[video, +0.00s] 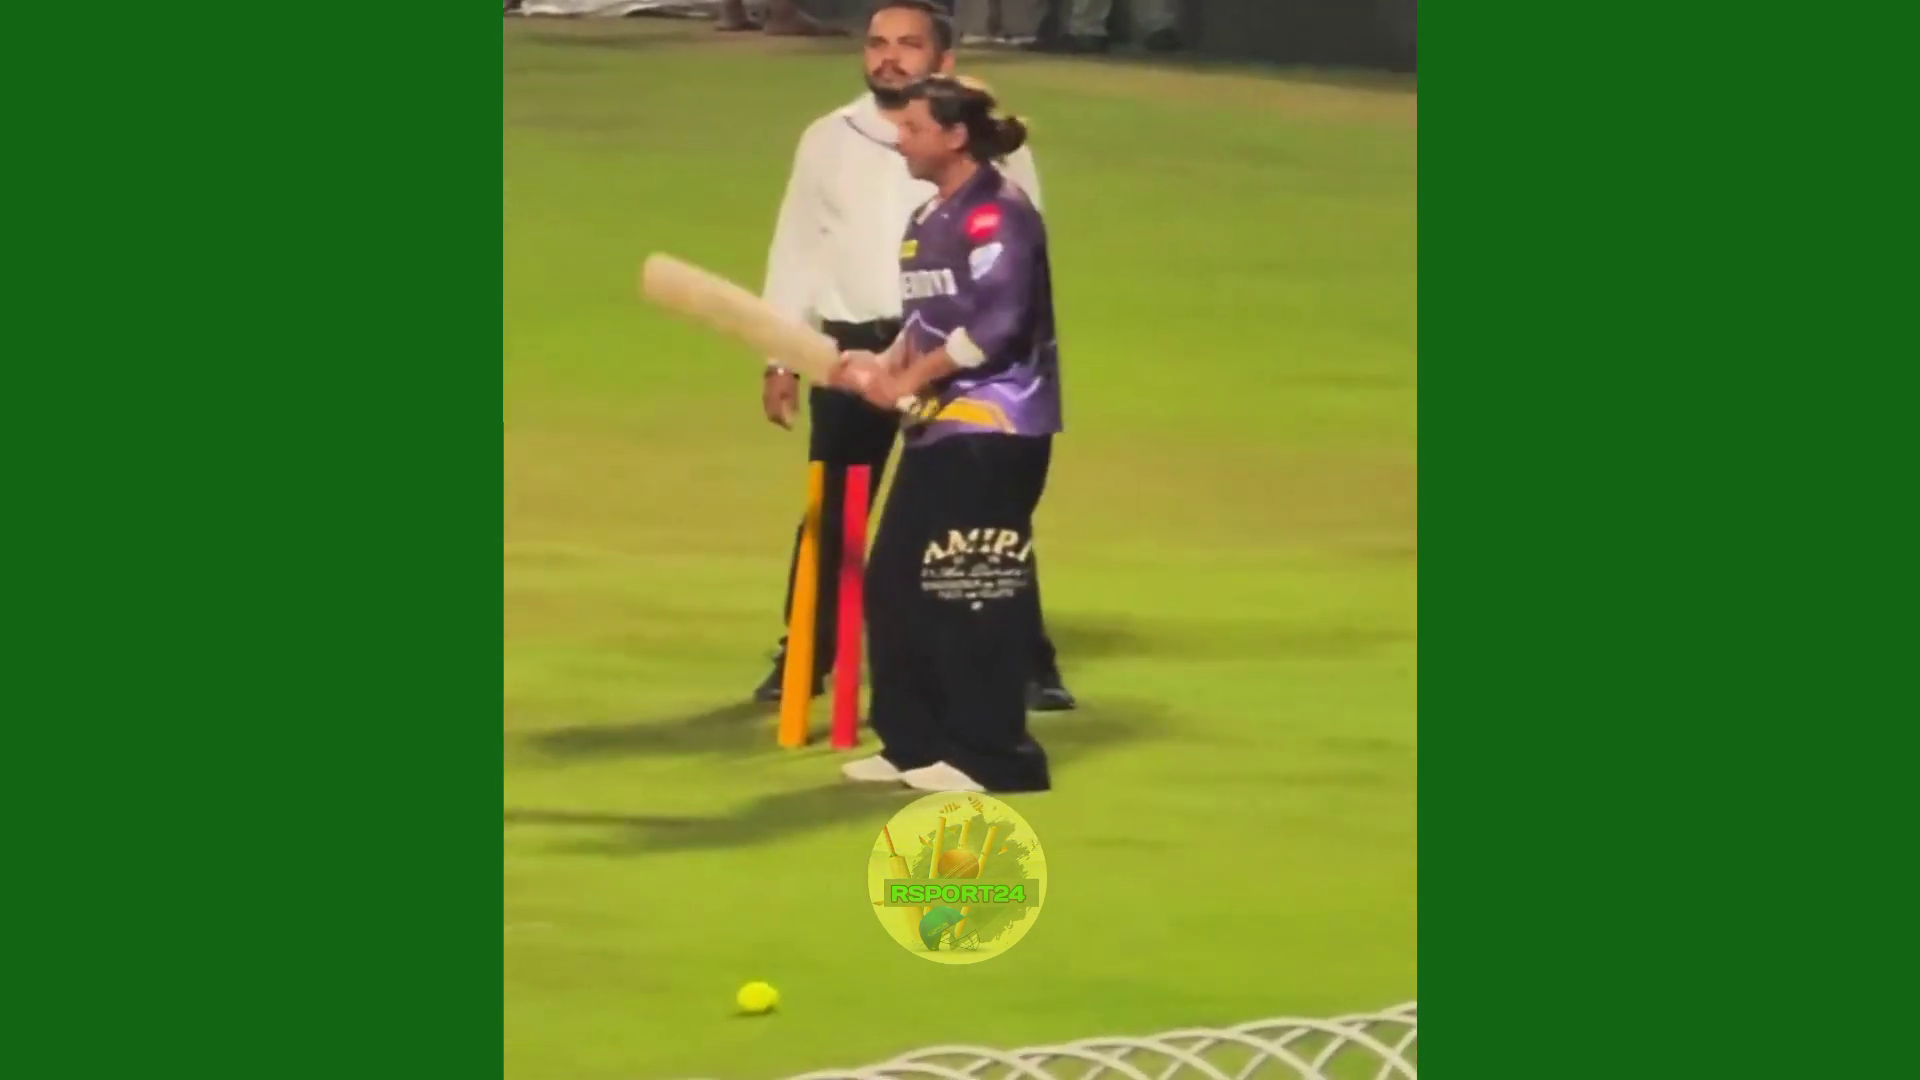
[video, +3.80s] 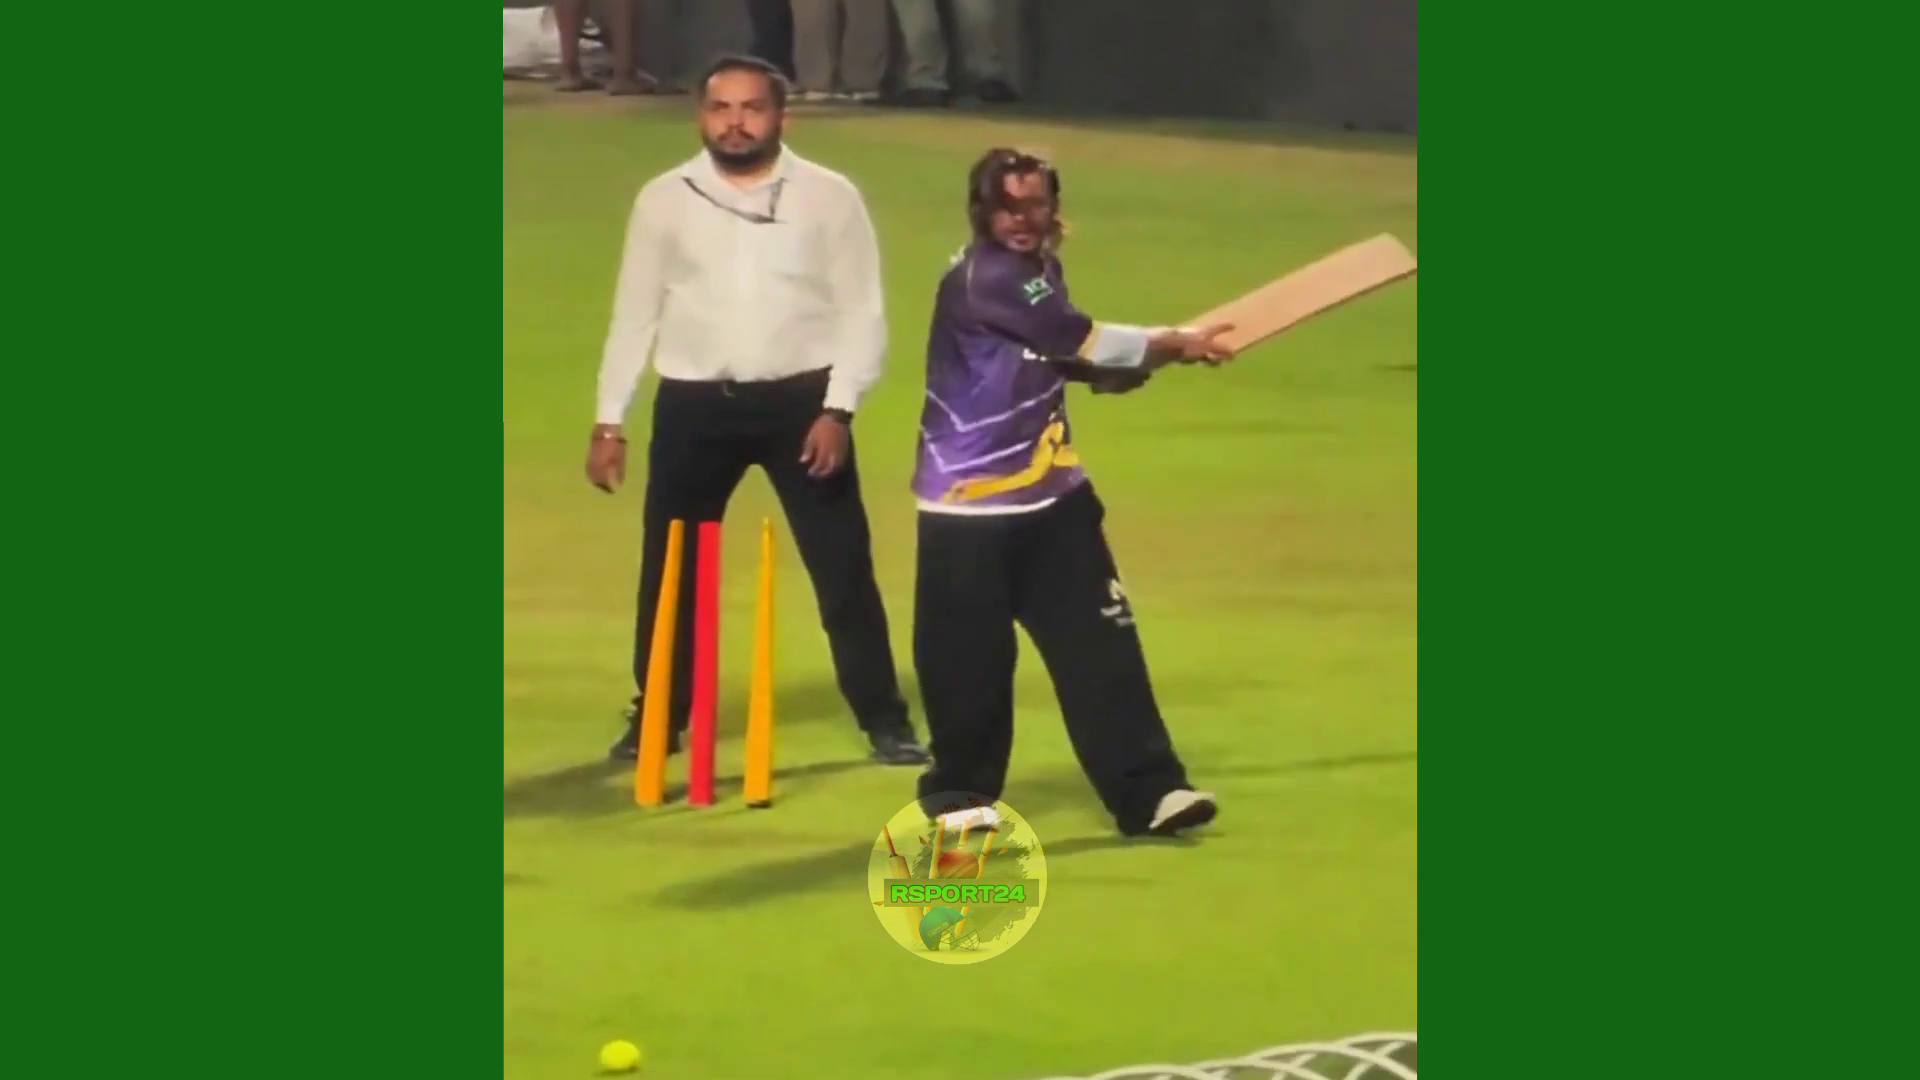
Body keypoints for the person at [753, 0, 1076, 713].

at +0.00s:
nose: (888, 58)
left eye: (906, 44)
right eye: (877, 44)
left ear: (943, 57)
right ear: (862, 53)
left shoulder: (987, 137)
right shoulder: (827, 139)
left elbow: (1023, 249)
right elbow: (794, 249)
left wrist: (996, 345)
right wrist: (784, 359)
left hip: (955, 346)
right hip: (850, 343)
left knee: (994, 518)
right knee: (834, 522)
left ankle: (1031, 665)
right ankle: (802, 664)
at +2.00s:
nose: (837, 139)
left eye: (853, 126)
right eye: (822, 126)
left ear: (880, 135)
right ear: (804, 135)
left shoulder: (927, 212)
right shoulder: (765, 216)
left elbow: (973, 324)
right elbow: (708, 290)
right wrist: (733, 383)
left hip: (900, 430)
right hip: (794, 429)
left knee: (945, 603)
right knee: (772, 598)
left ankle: (974, 755)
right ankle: (752, 747)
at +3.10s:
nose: (768, 165)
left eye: (785, 151)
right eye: (752, 151)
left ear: (813, 156)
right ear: (735, 158)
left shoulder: (864, 238)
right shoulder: (698, 238)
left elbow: (906, 340)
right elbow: (656, 325)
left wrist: (851, 416)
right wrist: (670, 386)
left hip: (839, 456)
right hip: (729, 456)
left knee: (881, 621)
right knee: (699, 614)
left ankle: (914, 775)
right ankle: (679, 761)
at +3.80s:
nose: (736, 121)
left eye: (752, 107)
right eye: (721, 108)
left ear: (780, 116)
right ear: (701, 116)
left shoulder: (832, 198)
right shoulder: (664, 202)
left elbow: (864, 312)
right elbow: (633, 316)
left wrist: (839, 410)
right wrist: (610, 422)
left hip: (802, 408)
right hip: (694, 412)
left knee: (846, 574)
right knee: (666, 573)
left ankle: (886, 722)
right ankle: (656, 719)